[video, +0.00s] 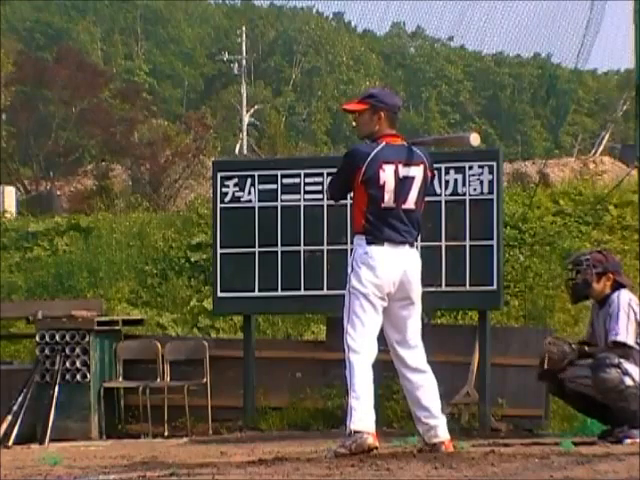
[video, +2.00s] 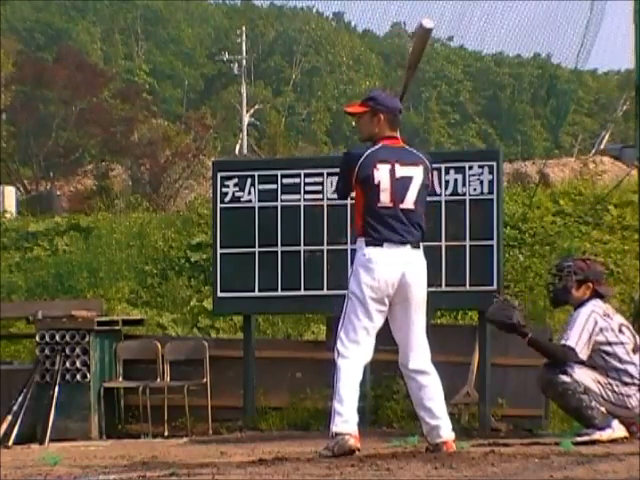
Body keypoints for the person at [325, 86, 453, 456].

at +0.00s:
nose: (356, 121)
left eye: (361, 115)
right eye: (357, 115)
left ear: (380, 117)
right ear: (388, 119)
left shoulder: (361, 153)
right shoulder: (420, 157)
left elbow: (335, 193)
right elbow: (423, 194)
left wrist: (368, 166)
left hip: (373, 258)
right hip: (410, 259)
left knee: (360, 346)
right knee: (410, 348)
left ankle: (362, 430)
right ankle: (437, 433)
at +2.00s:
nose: (357, 123)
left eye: (362, 118)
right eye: (358, 117)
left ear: (380, 120)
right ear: (391, 122)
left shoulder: (358, 157)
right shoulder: (421, 160)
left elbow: (341, 192)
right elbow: (417, 194)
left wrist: (377, 169)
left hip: (375, 260)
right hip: (414, 261)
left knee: (352, 348)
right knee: (417, 354)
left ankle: (344, 432)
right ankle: (442, 435)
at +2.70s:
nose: (349, 124)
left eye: (353, 119)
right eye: (350, 118)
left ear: (372, 121)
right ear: (379, 123)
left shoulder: (359, 156)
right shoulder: (409, 157)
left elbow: (328, 203)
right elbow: (379, 196)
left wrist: (342, 162)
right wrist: (355, 159)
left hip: (378, 260)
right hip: (412, 260)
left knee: (346, 352)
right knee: (411, 357)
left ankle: (348, 435)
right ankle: (442, 436)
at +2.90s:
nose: (331, 123)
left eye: (336, 117)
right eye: (332, 117)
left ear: (355, 120)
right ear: (357, 122)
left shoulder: (357, 154)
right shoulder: (381, 156)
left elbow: (343, 219)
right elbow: (349, 207)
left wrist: (324, 214)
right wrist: (319, 182)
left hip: (370, 257)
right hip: (397, 257)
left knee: (340, 352)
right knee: (380, 357)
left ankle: (346, 437)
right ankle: (429, 426)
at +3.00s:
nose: (320, 122)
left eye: (325, 116)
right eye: (320, 117)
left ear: (345, 120)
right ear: (346, 121)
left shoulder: (351, 153)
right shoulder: (362, 155)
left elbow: (360, 217)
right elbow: (328, 215)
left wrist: (328, 229)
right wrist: (289, 190)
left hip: (370, 257)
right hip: (390, 257)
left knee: (340, 350)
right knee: (358, 350)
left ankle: (346, 437)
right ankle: (400, 423)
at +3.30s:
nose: (289, 152)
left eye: (294, 146)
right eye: (289, 146)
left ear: (314, 149)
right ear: (309, 150)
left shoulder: (328, 179)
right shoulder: (321, 185)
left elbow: (353, 229)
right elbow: (309, 246)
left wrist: (312, 247)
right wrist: (266, 233)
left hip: (374, 275)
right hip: (365, 277)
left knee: (333, 353)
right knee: (324, 357)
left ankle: (352, 438)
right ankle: (349, 437)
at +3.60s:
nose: (268, 188)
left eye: (273, 182)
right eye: (269, 182)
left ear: (293, 185)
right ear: (295, 186)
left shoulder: (307, 210)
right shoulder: (313, 213)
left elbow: (305, 257)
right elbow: (295, 287)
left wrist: (260, 267)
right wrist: (258, 271)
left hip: (376, 292)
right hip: (376, 293)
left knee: (324, 358)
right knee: (321, 360)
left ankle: (350, 437)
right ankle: (351, 436)